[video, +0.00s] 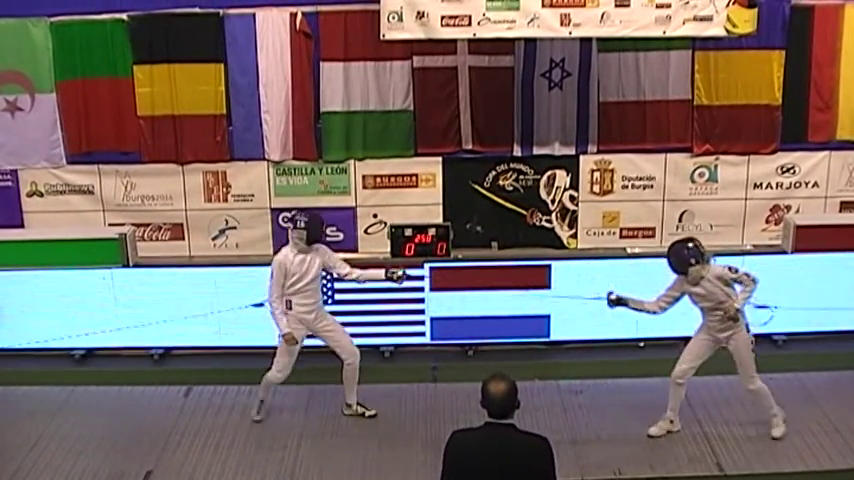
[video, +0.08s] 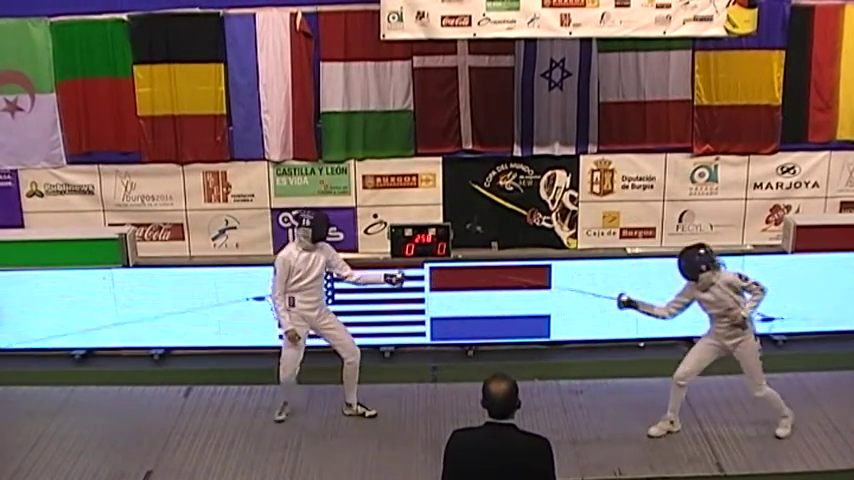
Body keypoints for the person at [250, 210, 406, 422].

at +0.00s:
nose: (295, 234)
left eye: (301, 231)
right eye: (294, 230)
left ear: (311, 235)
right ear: (290, 231)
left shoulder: (321, 253)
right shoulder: (282, 259)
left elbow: (350, 273)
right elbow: (275, 299)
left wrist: (386, 274)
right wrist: (284, 329)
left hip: (319, 317)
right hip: (293, 321)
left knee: (351, 355)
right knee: (278, 374)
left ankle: (351, 404)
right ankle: (261, 401)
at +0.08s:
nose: (311, 237)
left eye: (314, 233)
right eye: (309, 232)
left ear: (319, 233)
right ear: (301, 230)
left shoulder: (325, 251)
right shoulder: (286, 257)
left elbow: (350, 275)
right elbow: (277, 295)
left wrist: (384, 278)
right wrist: (286, 326)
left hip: (321, 314)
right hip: (296, 316)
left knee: (352, 354)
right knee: (288, 368)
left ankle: (351, 404)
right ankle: (283, 404)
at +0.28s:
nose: (303, 239)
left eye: (308, 235)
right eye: (301, 234)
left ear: (318, 240)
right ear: (298, 236)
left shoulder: (324, 259)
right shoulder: (287, 263)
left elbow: (342, 290)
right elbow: (278, 302)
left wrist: (373, 297)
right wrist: (285, 335)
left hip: (322, 319)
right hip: (297, 324)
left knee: (357, 355)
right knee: (291, 375)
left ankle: (351, 404)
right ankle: (274, 406)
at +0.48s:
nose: (287, 245)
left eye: (292, 242)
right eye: (285, 241)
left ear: (302, 246)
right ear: (282, 242)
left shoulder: (307, 264)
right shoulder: (270, 270)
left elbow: (320, 297)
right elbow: (263, 310)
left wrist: (349, 313)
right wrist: (274, 338)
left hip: (306, 326)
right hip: (281, 330)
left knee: (346, 355)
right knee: (266, 383)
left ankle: (351, 405)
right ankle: (248, 406)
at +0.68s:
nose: (271, 238)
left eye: (277, 234)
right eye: (269, 233)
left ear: (286, 239)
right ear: (264, 234)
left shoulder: (288, 262)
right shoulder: (252, 262)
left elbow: (294, 294)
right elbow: (241, 300)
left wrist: (318, 314)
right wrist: (254, 330)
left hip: (282, 319)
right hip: (257, 321)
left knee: (319, 357)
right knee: (255, 375)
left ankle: (328, 404)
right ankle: (247, 408)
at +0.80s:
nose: (266, 247)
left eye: (271, 245)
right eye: (263, 242)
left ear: (281, 246)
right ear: (259, 241)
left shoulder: (282, 264)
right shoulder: (248, 265)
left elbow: (288, 296)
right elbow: (236, 304)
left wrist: (313, 315)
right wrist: (243, 337)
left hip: (277, 321)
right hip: (252, 324)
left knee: (309, 362)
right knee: (253, 378)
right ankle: (247, 408)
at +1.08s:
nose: (268, 239)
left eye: (274, 236)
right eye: (266, 235)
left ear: (283, 240)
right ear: (262, 236)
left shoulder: (287, 262)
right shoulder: (252, 265)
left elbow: (297, 292)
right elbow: (240, 303)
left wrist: (328, 306)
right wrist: (250, 335)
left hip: (282, 320)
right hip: (258, 323)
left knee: (319, 356)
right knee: (255, 378)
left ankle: (310, 402)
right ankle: (247, 409)